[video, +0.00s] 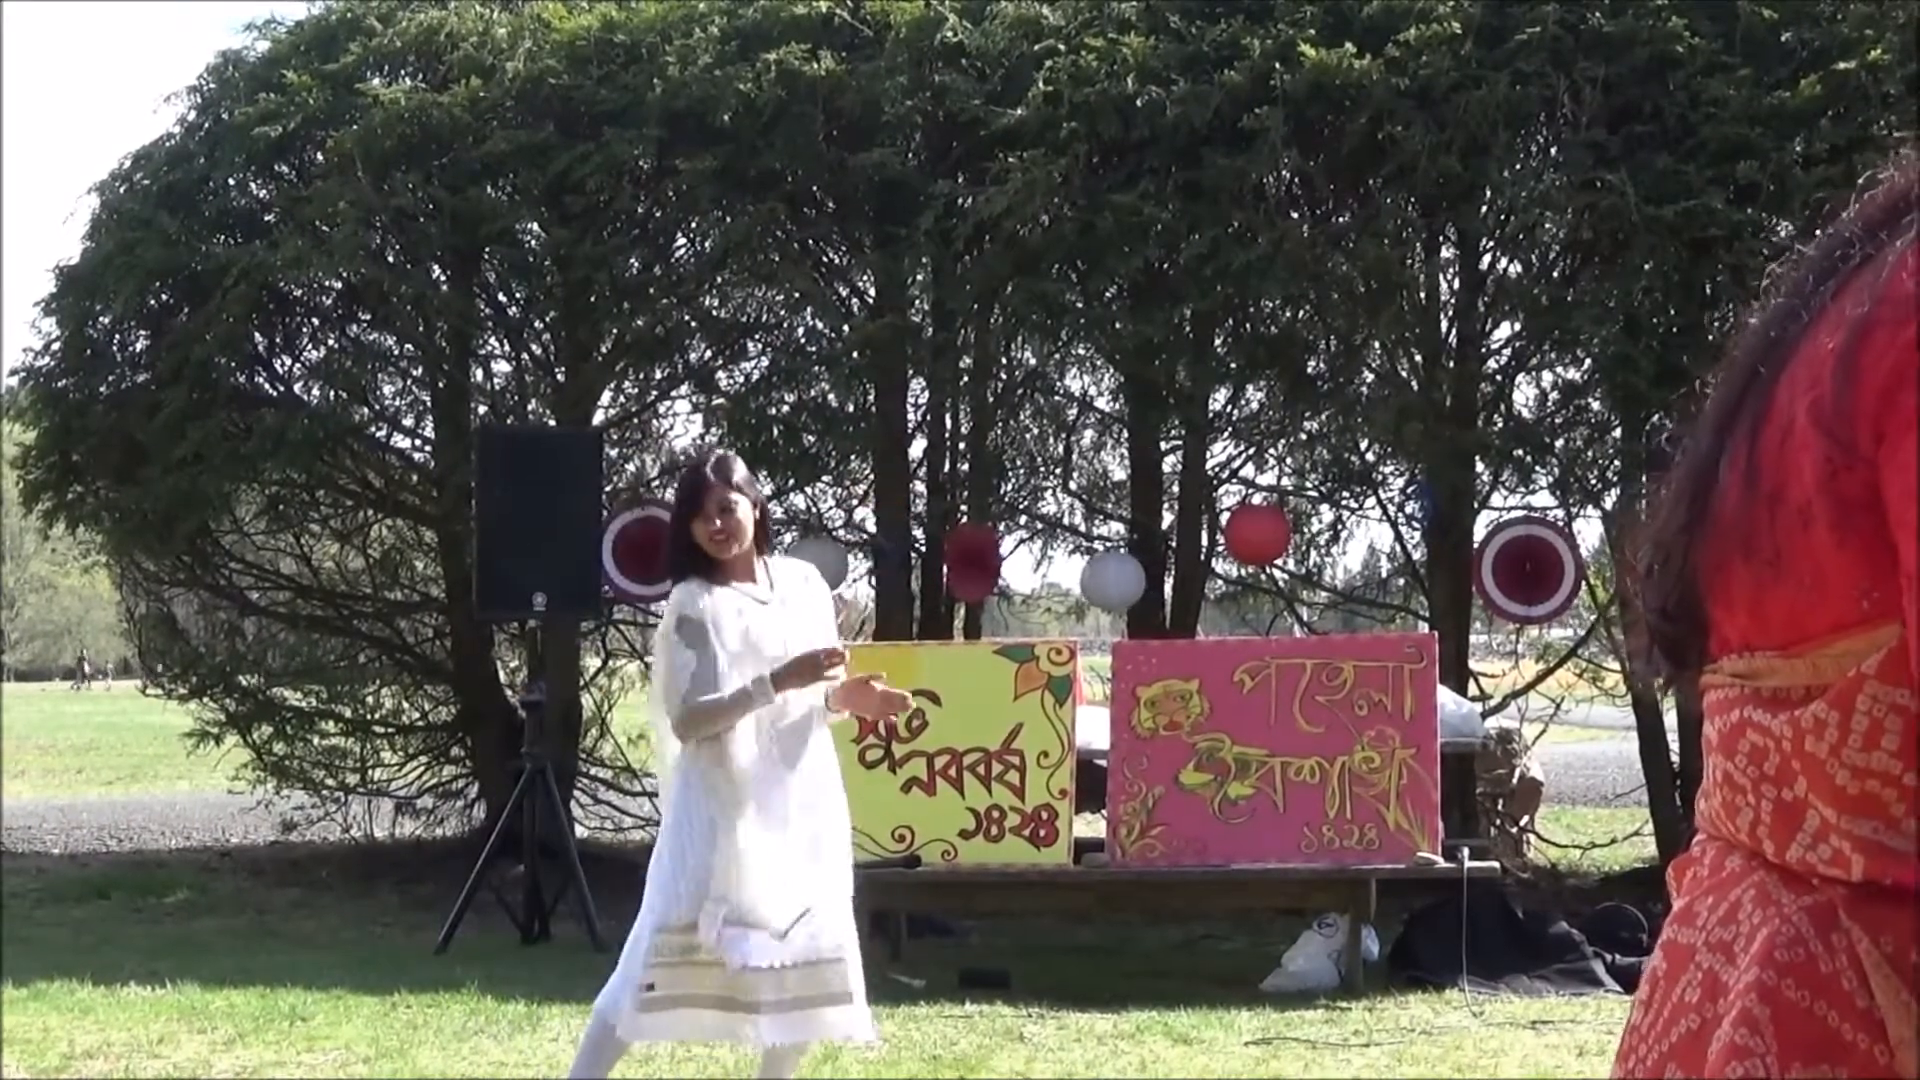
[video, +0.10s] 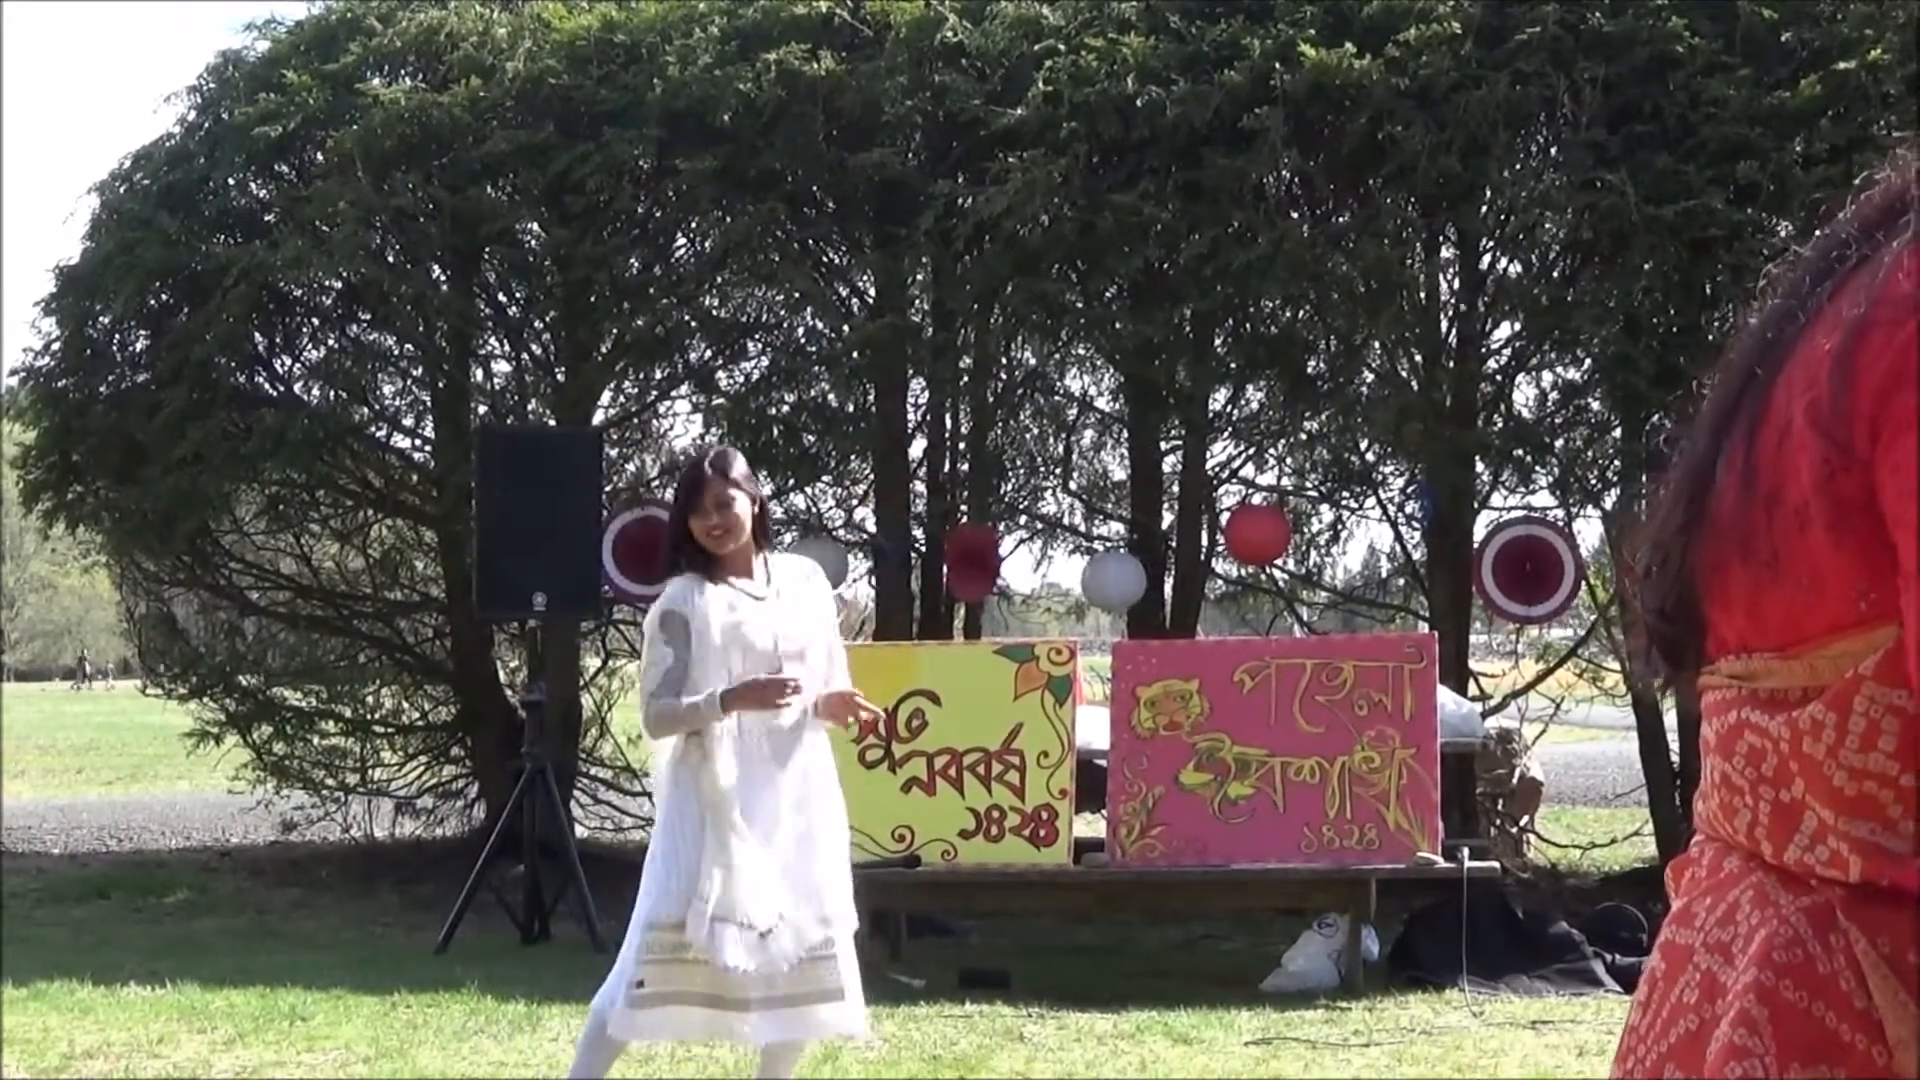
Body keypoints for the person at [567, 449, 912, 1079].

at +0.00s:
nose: (719, 522)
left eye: (730, 505)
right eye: (703, 513)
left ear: (757, 507)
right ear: (689, 526)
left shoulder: (803, 580)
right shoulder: (691, 604)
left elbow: (808, 704)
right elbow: (687, 722)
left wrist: (845, 697)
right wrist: (779, 681)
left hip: (802, 817)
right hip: (715, 820)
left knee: (810, 983)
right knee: (647, 972)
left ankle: (774, 1073)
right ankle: (582, 1074)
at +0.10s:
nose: (716, 520)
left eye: (727, 503)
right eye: (700, 510)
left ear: (754, 502)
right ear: (686, 521)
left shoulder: (805, 580)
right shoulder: (680, 601)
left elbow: (827, 690)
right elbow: (655, 718)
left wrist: (839, 704)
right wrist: (734, 698)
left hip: (798, 815)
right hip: (705, 818)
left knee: (805, 983)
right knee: (644, 970)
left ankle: (772, 1075)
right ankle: (582, 1075)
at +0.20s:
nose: (710, 515)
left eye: (722, 499)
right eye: (695, 505)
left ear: (751, 498)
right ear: (681, 515)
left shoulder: (806, 576)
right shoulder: (673, 594)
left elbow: (842, 660)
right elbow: (632, 702)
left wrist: (838, 695)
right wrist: (684, 712)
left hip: (791, 806)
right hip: (698, 809)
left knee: (794, 974)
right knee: (643, 962)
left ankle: (769, 1075)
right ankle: (579, 1073)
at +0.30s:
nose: (704, 507)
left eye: (716, 491)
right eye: (689, 496)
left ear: (744, 492)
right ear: (674, 506)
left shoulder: (797, 571)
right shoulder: (661, 588)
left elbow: (856, 651)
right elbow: (605, 678)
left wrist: (839, 685)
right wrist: (662, 705)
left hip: (781, 794)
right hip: (689, 794)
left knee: (785, 967)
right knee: (630, 962)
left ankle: (765, 1074)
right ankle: (574, 1074)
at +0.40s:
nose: (699, 501)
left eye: (710, 485)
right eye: (683, 489)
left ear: (735, 487)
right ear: (665, 500)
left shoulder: (785, 566)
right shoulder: (645, 579)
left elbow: (862, 640)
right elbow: (571, 664)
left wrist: (838, 689)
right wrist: (641, 698)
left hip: (768, 787)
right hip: (675, 787)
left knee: (770, 957)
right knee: (621, 953)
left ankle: (760, 1073)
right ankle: (569, 1074)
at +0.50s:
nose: (687, 497)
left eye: (699, 481)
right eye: (672, 485)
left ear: (723, 486)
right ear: (653, 495)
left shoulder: (771, 565)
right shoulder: (626, 576)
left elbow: (852, 636)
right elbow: (552, 661)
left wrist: (840, 689)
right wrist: (614, 690)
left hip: (750, 796)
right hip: (648, 799)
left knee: (758, 966)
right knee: (603, 966)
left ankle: (755, 1076)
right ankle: (563, 1075)